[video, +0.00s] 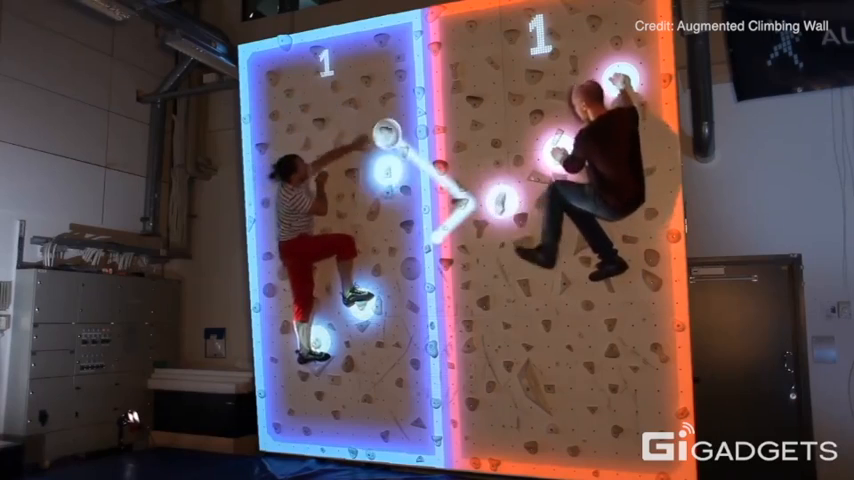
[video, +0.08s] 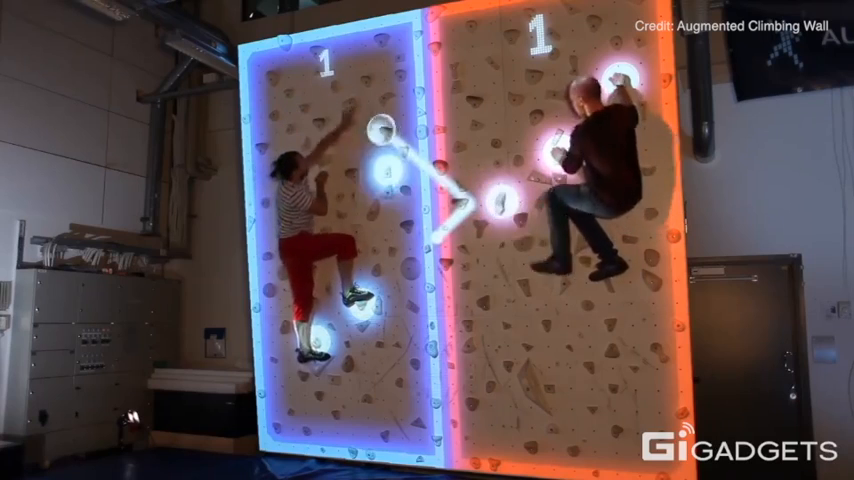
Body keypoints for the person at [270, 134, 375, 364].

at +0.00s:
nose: (307, 168)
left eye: (305, 165)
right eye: (303, 167)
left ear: (292, 174)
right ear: (294, 175)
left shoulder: (292, 183)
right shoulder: (292, 195)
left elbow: (322, 162)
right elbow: (322, 209)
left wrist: (352, 147)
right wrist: (322, 185)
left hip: (291, 247)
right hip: (299, 245)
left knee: (303, 298)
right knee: (343, 242)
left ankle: (305, 350)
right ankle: (349, 291)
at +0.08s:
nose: (306, 164)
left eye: (304, 162)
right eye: (302, 164)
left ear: (290, 171)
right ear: (294, 171)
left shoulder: (290, 183)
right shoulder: (293, 193)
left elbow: (318, 152)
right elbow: (322, 209)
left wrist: (342, 127)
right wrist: (321, 185)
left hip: (290, 246)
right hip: (300, 243)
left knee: (303, 296)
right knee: (345, 242)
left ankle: (305, 350)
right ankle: (348, 292)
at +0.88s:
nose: (294, 171)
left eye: (292, 167)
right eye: (289, 169)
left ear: (285, 169)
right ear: (279, 173)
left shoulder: (277, 184)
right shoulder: (286, 194)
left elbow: (297, 151)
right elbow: (316, 209)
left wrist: (314, 123)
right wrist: (320, 186)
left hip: (287, 247)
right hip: (297, 244)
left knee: (299, 298)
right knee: (342, 243)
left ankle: (305, 349)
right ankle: (349, 293)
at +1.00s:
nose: (290, 173)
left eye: (289, 170)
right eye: (286, 172)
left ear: (280, 172)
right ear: (276, 175)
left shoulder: (275, 184)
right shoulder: (284, 196)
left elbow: (294, 151)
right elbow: (315, 208)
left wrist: (311, 125)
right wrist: (320, 186)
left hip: (286, 249)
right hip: (297, 245)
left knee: (299, 297)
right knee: (341, 242)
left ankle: (304, 350)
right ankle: (349, 293)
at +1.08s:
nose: (289, 175)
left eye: (289, 171)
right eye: (285, 173)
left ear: (278, 173)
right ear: (275, 176)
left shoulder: (273, 187)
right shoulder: (282, 197)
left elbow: (293, 151)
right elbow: (315, 208)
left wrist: (313, 126)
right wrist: (320, 186)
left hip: (286, 248)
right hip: (296, 245)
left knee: (299, 298)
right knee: (340, 243)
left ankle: (304, 350)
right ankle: (349, 293)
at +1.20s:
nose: (289, 176)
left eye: (288, 172)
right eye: (285, 174)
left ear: (278, 173)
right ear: (274, 176)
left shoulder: (273, 186)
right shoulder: (282, 198)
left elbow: (294, 151)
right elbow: (315, 207)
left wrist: (312, 128)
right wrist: (320, 187)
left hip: (286, 248)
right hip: (295, 246)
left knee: (298, 298)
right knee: (339, 243)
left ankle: (304, 350)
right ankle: (349, 293)